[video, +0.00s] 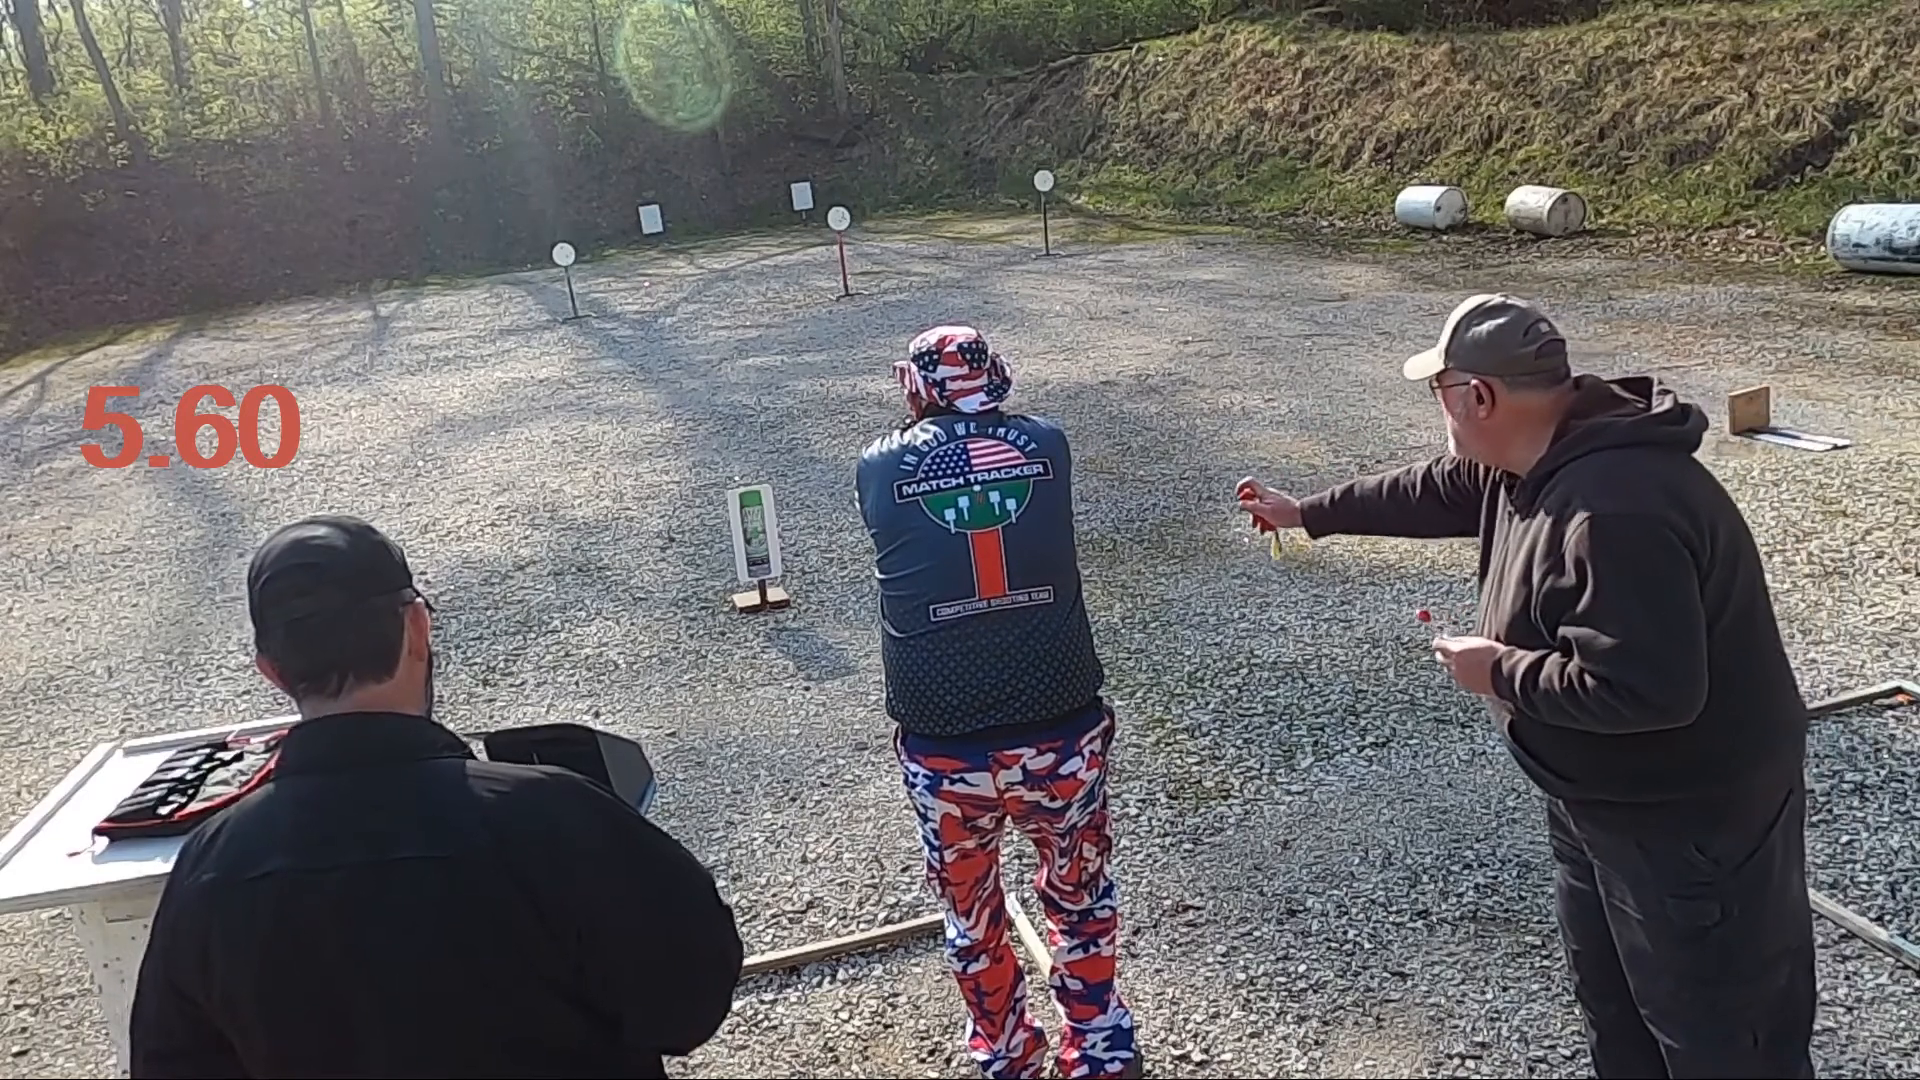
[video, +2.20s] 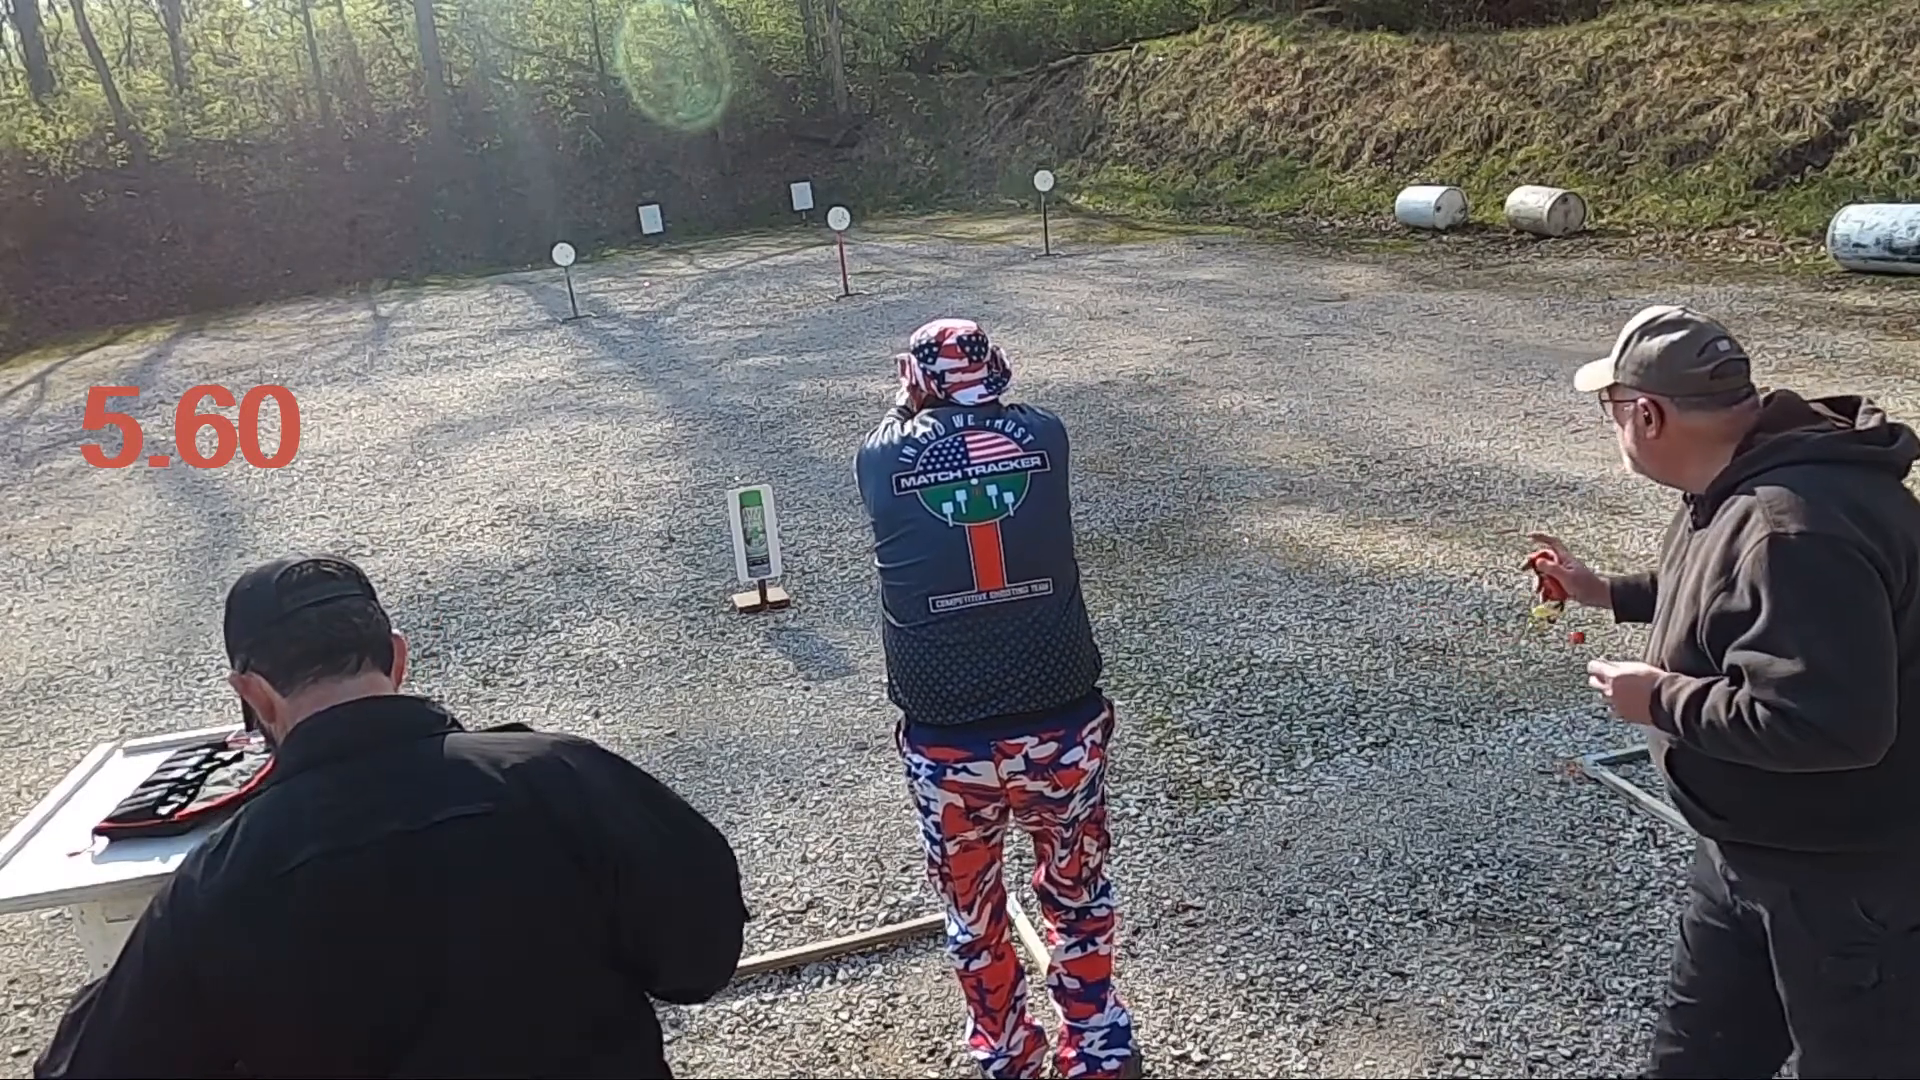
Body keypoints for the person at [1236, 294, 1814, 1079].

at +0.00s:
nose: (1443, 416)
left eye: (1443, 396)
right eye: (1441, 397)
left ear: (1481, 398)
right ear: (1502, 390)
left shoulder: (1612, 513)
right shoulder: (1527, 462)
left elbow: (1653, 692)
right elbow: (1435, 492)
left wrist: (1501, 671)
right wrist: (1305, 511)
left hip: (1689, 821)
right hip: (1599, 798)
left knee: (1721, 1043)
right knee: (1620, 1019)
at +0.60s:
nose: (1420, 402)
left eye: (1422, 386)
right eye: (1420, 387)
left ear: (1459, 389)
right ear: (1477, 386)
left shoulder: (1614, 488)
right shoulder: (1491, 453)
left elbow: (1664, 661)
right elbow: (1368, 441)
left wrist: (1503, 655)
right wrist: (1226, 423)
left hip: (1685, 808)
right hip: (1587, 793)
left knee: (1720, 1039)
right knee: (1620, 1023)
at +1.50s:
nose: (1440, 401)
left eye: (1440, 386)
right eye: (1439, 386)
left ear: (1470, 393)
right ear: (1535, 373)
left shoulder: (1619, 482)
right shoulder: (1522, 462)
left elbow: (1682, 647)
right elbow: (1434, 495)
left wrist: (1521, 655)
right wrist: (1306, 488)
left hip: (1716, 811)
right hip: (1607, 797)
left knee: (1765, 1048)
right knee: (1633, 1036)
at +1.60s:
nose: (1457, 408)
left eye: (1455, 391)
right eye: (1453, 392)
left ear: (1483, 397)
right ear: (1549, 375)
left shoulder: (1629, 491)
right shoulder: (1558, 466)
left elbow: (1682, 658)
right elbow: (1496, 529)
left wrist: (1527, 659)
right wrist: (1365, 520)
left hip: (1725, 815)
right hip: (1621, 800)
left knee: (1784, 1050)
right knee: (1638, 1036)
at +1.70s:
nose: (1478, 412)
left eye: (1476, 395)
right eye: (1475, 395)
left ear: (1504, 400)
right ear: (1577, 374)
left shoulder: (1638, 498)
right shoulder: (1589, 463)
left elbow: (1693, 674)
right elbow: (1550, 553)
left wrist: (1538, 665)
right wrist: (1431, 551)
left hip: (1742, 826)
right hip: (1637, 807)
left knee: (1801, 1051)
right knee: (1642, 1034)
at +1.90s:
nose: (1532, 422)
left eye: (1533, 405)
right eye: (1532, 404)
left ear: (1564, 413)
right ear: (1634, 390)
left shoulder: (1696, 520)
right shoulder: (1657, 470)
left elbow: (1740, 705)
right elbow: (1647, 587)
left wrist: (1585, 687)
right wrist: (1537, 579)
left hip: (1791, 848)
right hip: (1681, 819)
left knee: (1829, 1062)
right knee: (1657, 1038)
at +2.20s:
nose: (1611, 426)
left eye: (1612, 409)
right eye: (1608, 409)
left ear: (1649, 416)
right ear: (1728, 392)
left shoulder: (1795, 531)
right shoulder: (1733, 488)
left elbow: (1838, 725)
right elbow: (1715, 603)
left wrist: (1666, 701)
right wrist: (1600, 593)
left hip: (1842, 881)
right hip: (1747, 855)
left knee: (1855, 1064)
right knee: (1698, 1056)